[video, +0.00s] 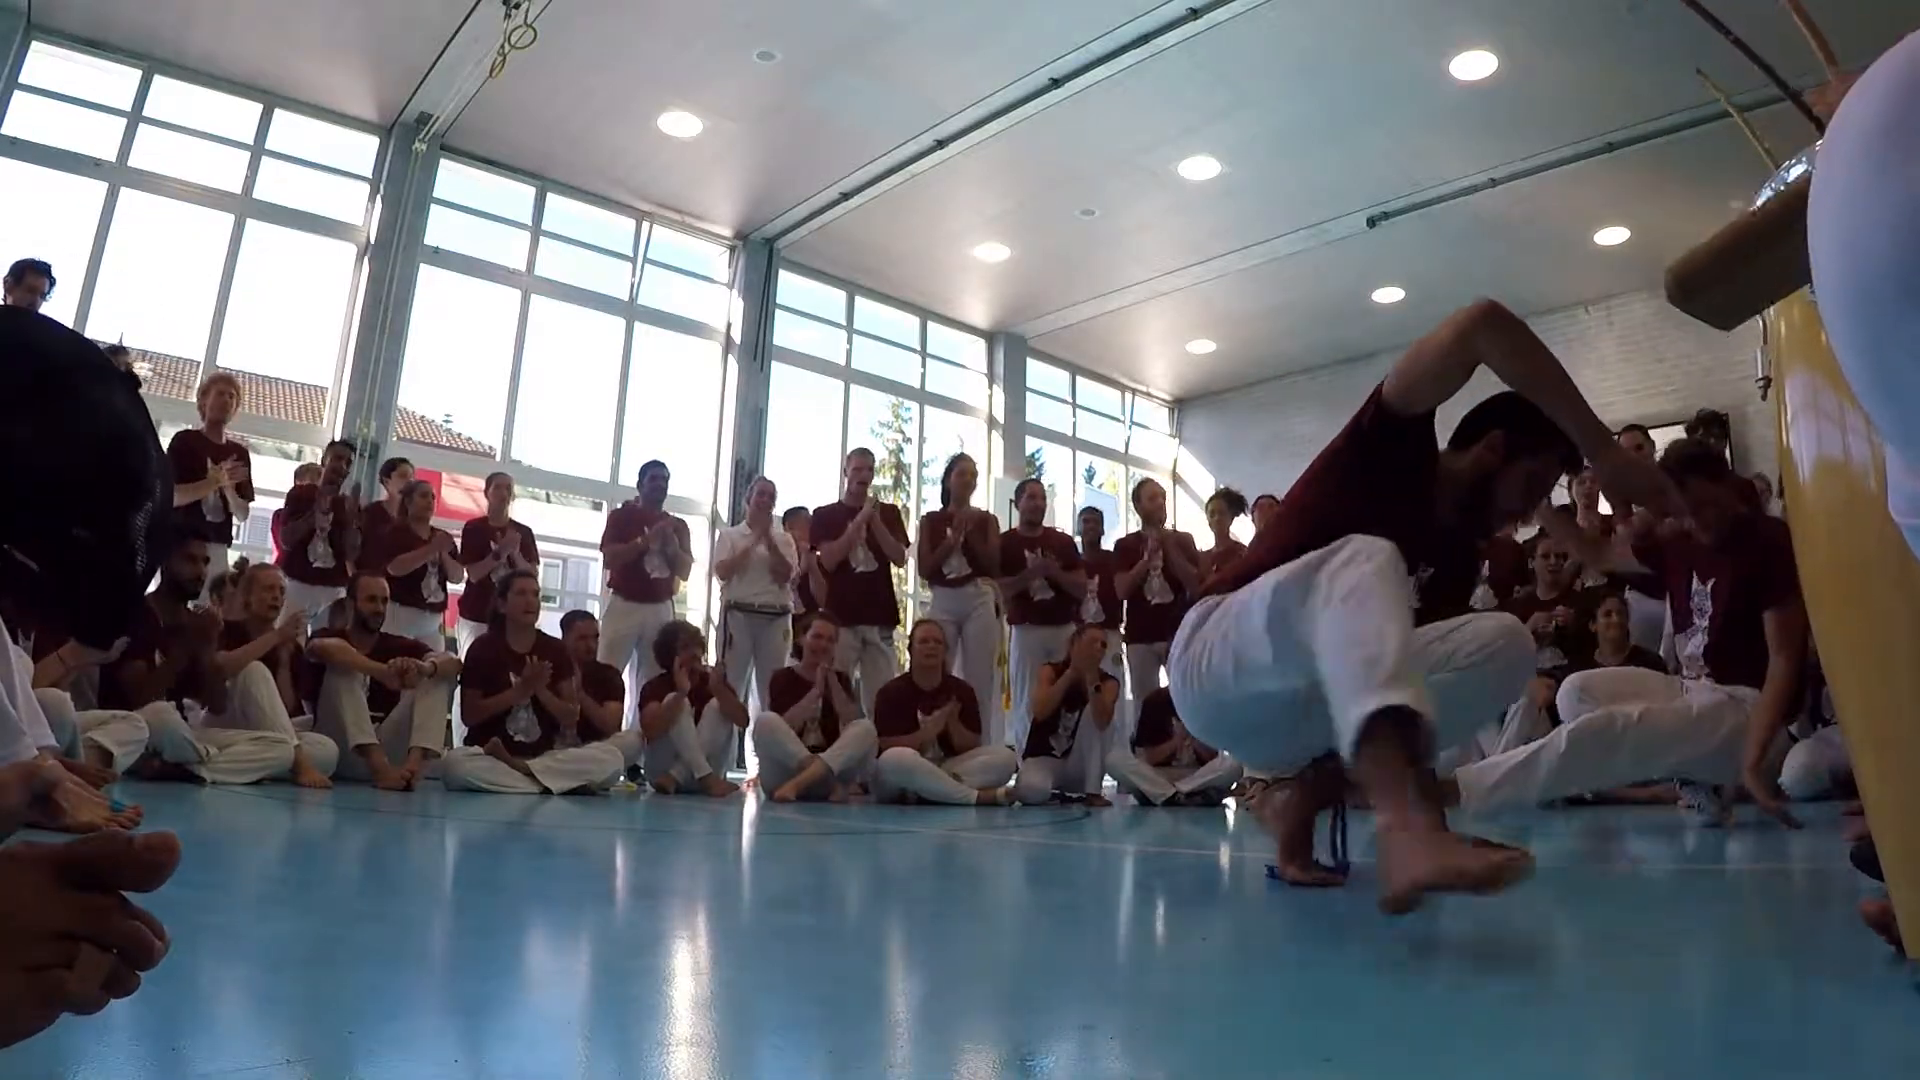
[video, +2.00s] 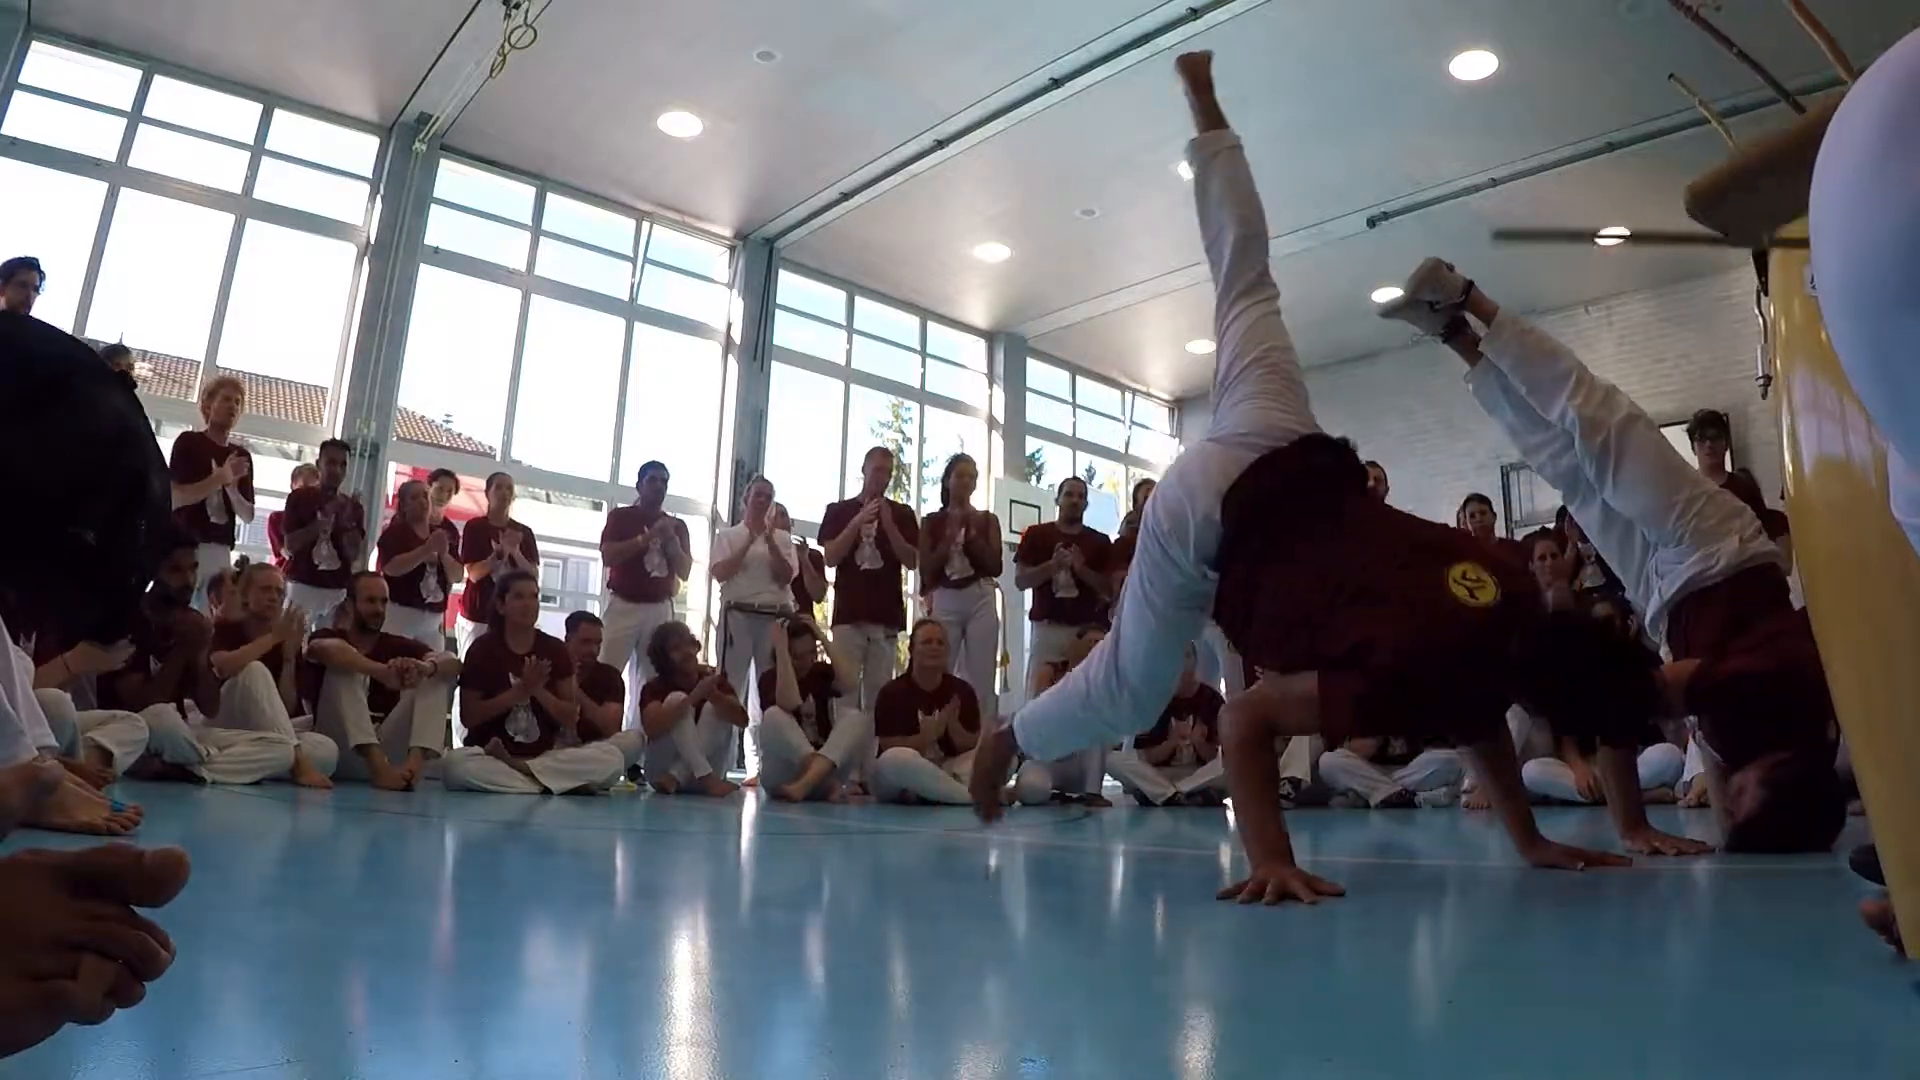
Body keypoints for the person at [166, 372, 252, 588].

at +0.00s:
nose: (227, 400)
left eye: (232, 396)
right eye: (220, 393)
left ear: (236, 407)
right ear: (202, 401)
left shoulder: (239, 453)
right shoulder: (184, 440)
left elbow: (243, 514)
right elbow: (167, 497)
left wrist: (229, 489)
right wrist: (212, 483)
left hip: (217, 546)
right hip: (179, 541)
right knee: (172, 610)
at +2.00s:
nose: (232, 406)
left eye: (237, 402)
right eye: (226, 399)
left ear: (241, 411)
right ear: (207, 405)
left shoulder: (240, 455)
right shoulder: (188, 441)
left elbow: (248, 515)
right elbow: (175, 499)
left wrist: (231, 487)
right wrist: (221, 477)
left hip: (219, 546)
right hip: (184, 542)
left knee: (212, 619)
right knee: (176, 614)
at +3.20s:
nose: (231, 408)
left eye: (235, 403)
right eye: (224, 400)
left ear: (238, 411)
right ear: (205, 404)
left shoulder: (237, 455)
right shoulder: (183, 442)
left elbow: (243, 515)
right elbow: (172, 500)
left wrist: (230, 483)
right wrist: (217, 475)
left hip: (216, 548)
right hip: (179, 545)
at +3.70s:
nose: (229, 405)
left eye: (233, 401)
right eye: (222, 398)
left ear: (236, 409)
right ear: (205, 403)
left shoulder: (236, 454)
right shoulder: (183, 442)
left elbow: (243, 514)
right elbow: (170, 499)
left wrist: (236, 481)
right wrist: (209, 478)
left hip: (216, 547)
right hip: (179, 543)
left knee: (207, 618)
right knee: (171, 614)